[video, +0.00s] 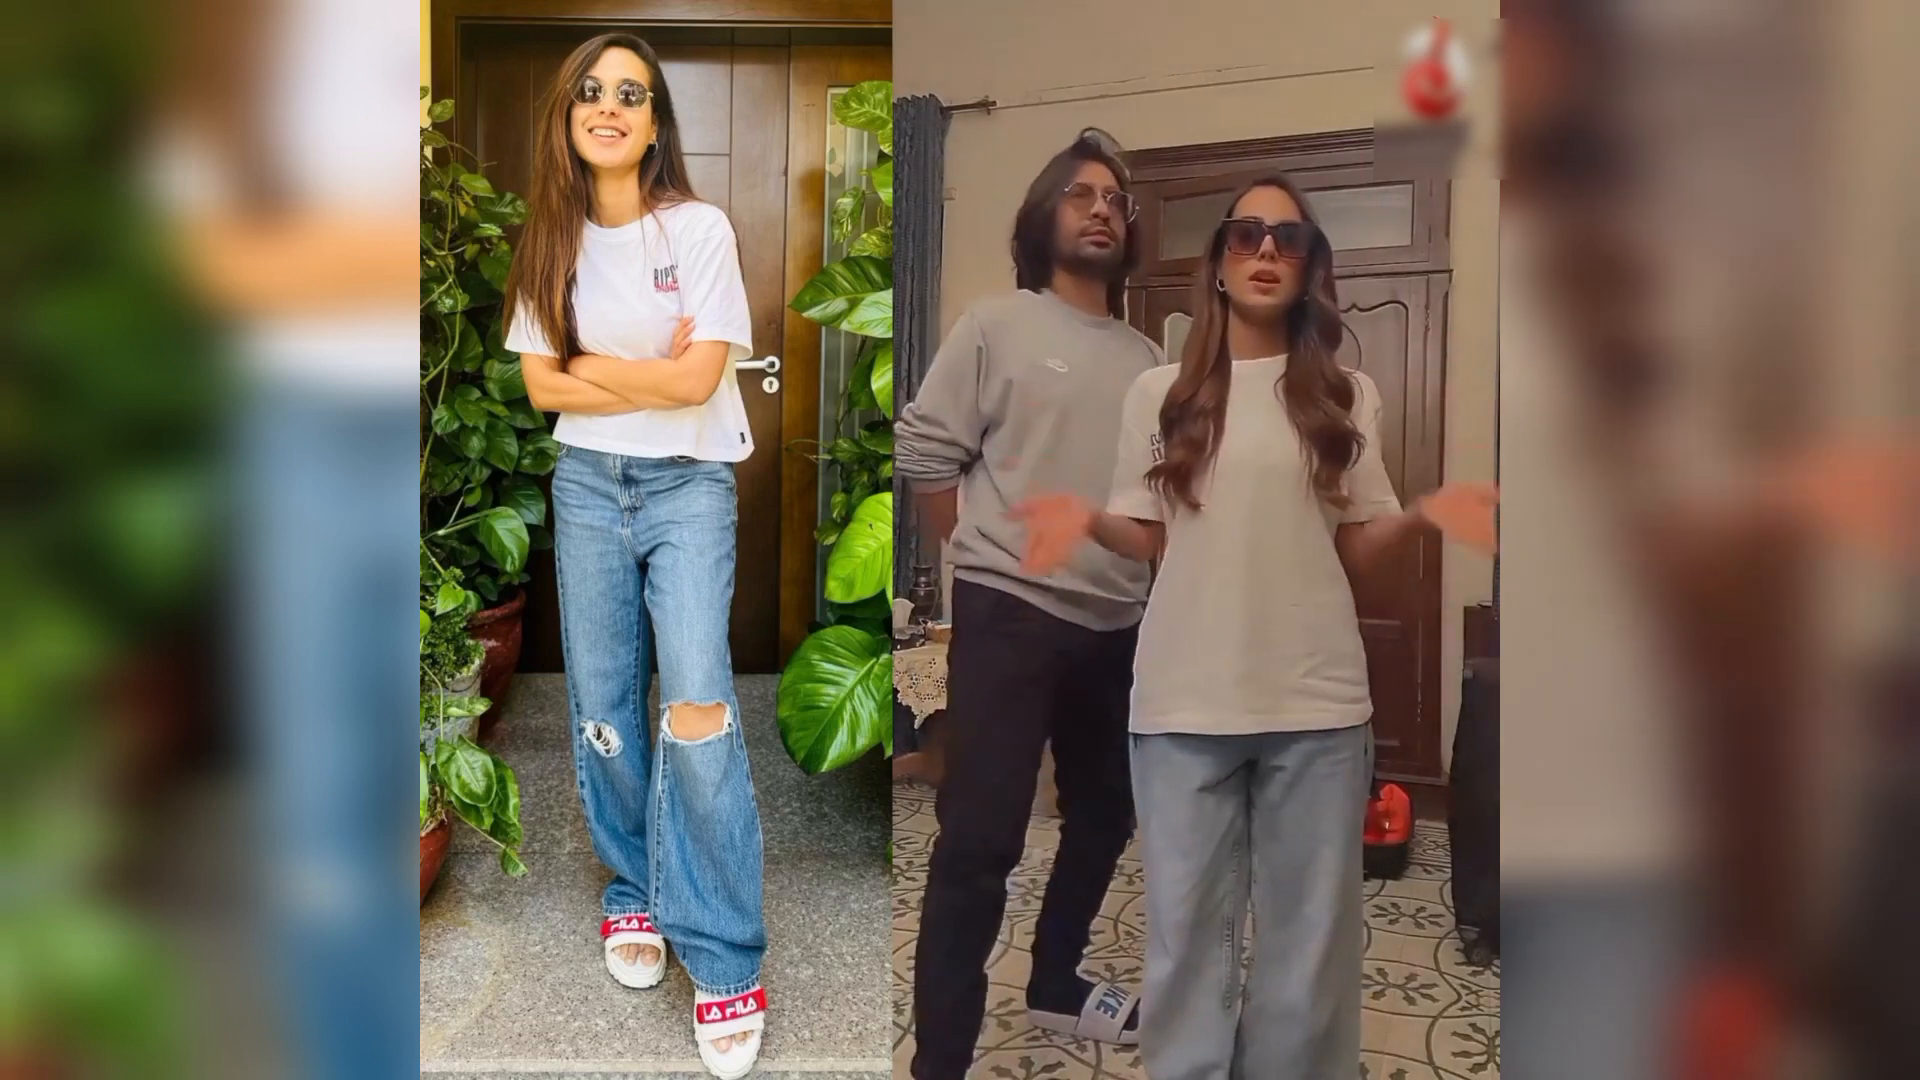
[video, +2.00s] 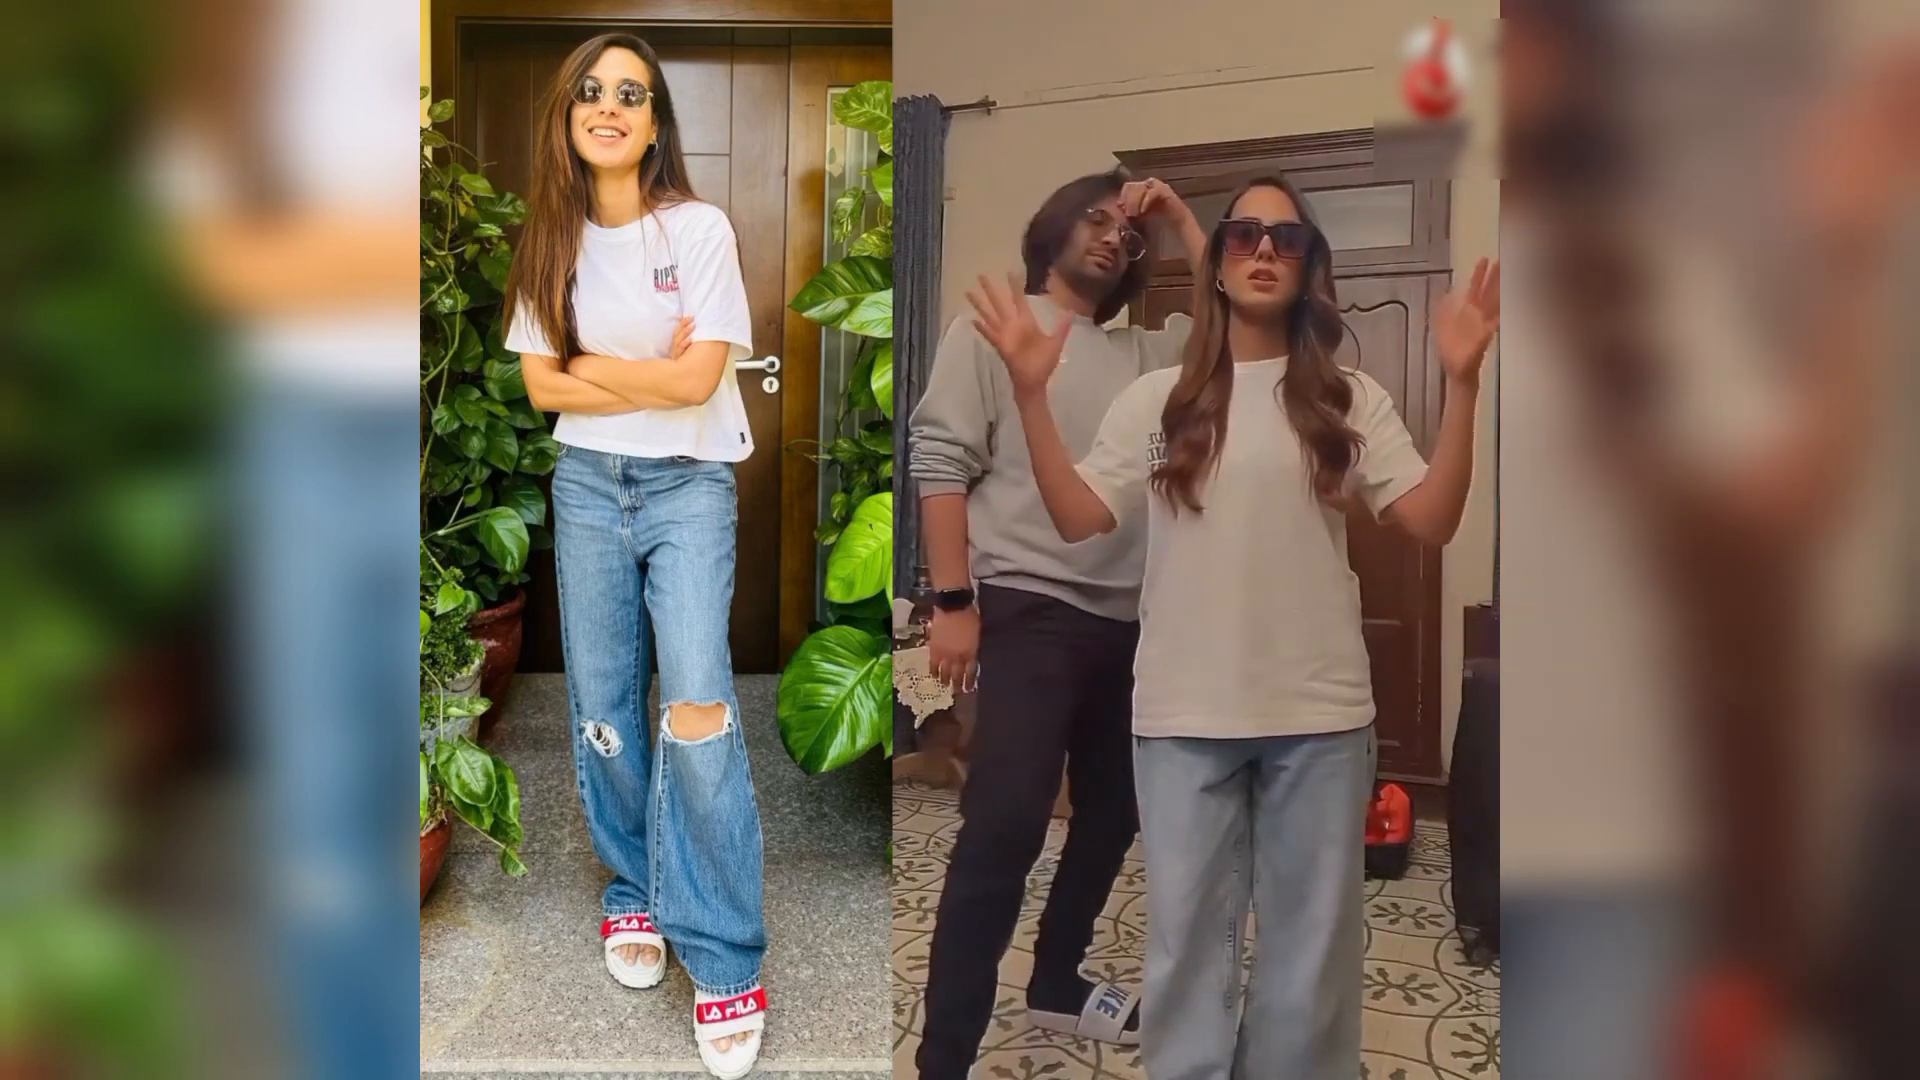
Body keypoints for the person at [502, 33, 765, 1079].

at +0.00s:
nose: (610, 111)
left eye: (629, 97)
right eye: (593, 95)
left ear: (656, 122)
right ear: (566, 117)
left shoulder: (699, 226)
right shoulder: (549, 239)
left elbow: (698, 378)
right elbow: (540, 385)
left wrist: (576, 362)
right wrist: (662, 378)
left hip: (689, 481)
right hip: (584, 483)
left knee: (695, 709)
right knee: (602, 708)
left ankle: (724, 955)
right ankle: (631, 890)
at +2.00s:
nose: (609, 111)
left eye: (629, 98)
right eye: (592, 95)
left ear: (656, 122)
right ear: (565, 117)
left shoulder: (699, 226)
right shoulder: (550, 239)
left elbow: (699, 378)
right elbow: (540, 385)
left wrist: (578, 363)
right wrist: (662, 377)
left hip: (689, 482)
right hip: (584, 484)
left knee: (694, 709)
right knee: (602, 706)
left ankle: (724, 956)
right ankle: (632, 891)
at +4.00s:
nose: (610, 111)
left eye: (630, 97)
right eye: (593, 95)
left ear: (656, 121)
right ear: (566, 117)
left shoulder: (699, 226)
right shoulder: (549, 240)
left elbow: (698, 378)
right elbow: (540, 385)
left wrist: (577, 363)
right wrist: (662, 378)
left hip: (689, 482)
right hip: (584, 484)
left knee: (694, 708)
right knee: (603, 707)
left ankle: (724, 956)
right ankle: (631, 891)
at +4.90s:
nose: (610, 111)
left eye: (630, 98)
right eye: (593, 95)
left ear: (656, 121)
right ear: (566, 117)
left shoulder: (699, 226)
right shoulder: (549, 239)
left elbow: (698, 378)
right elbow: (540, 386)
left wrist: (576, 362)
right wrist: (662, 378)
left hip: (689, 482)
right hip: (584, 484)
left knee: (695, 707)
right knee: (603, 707)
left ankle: (724, 956)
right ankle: (632, 890)